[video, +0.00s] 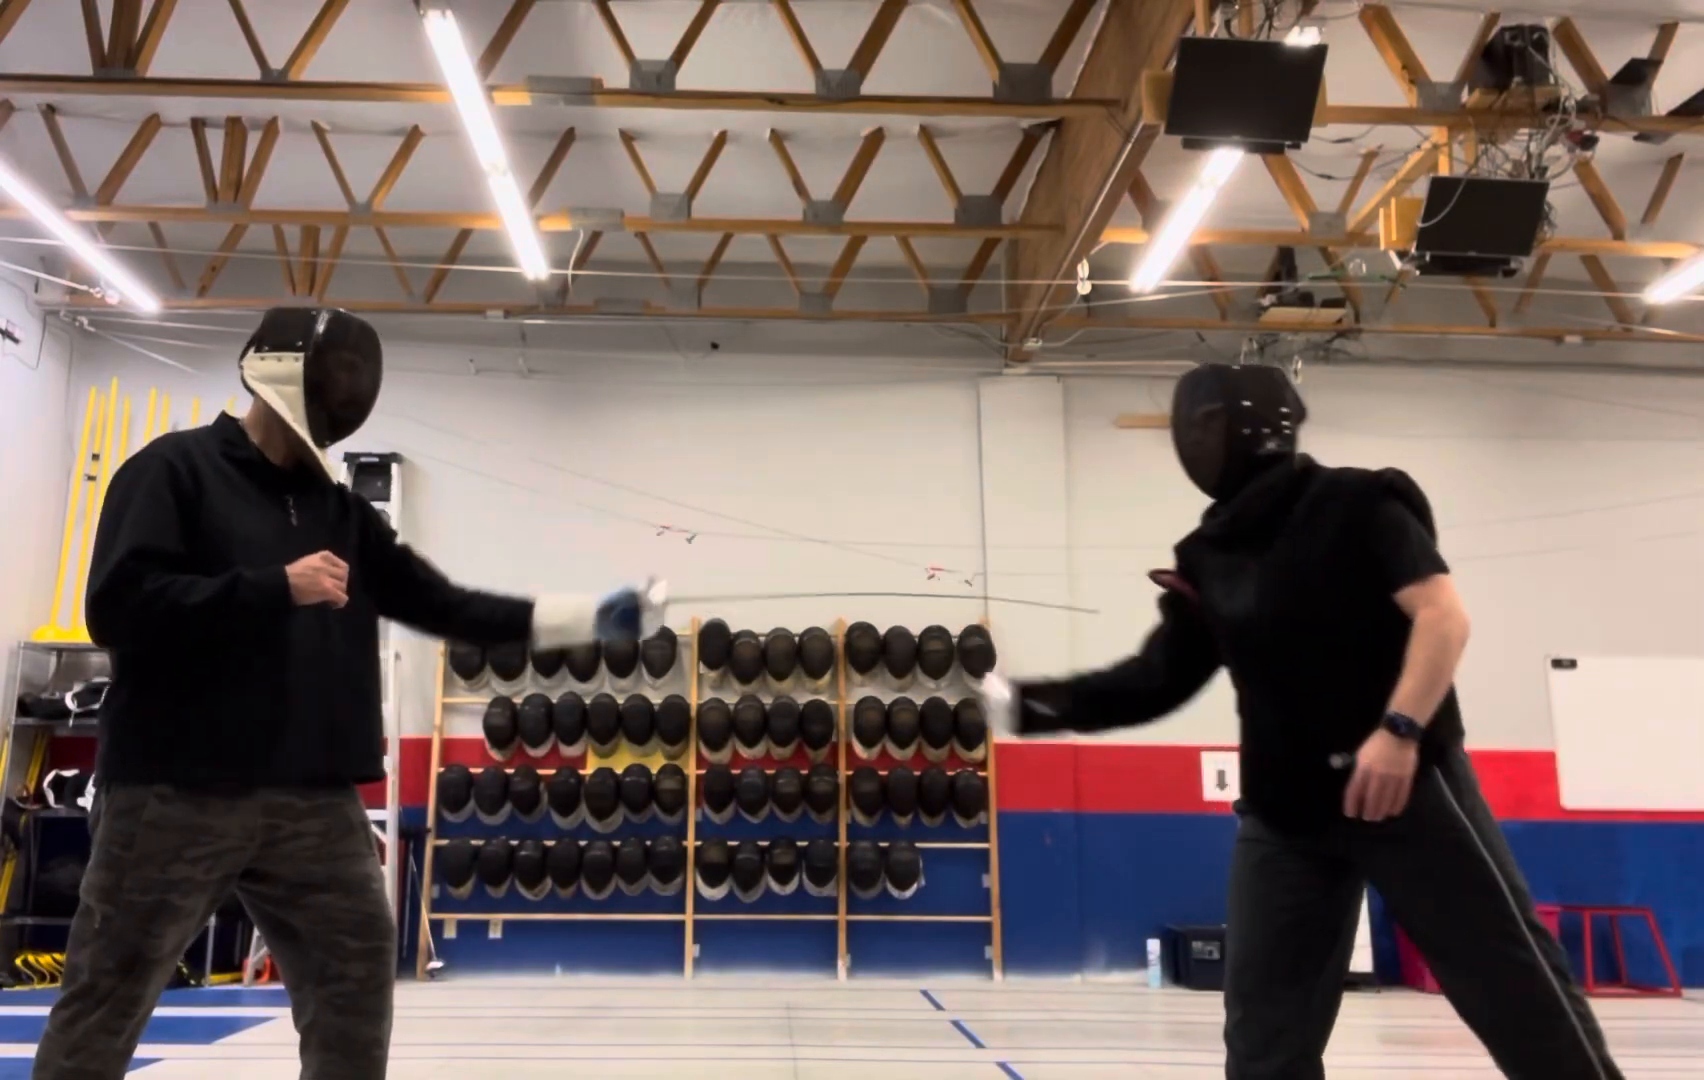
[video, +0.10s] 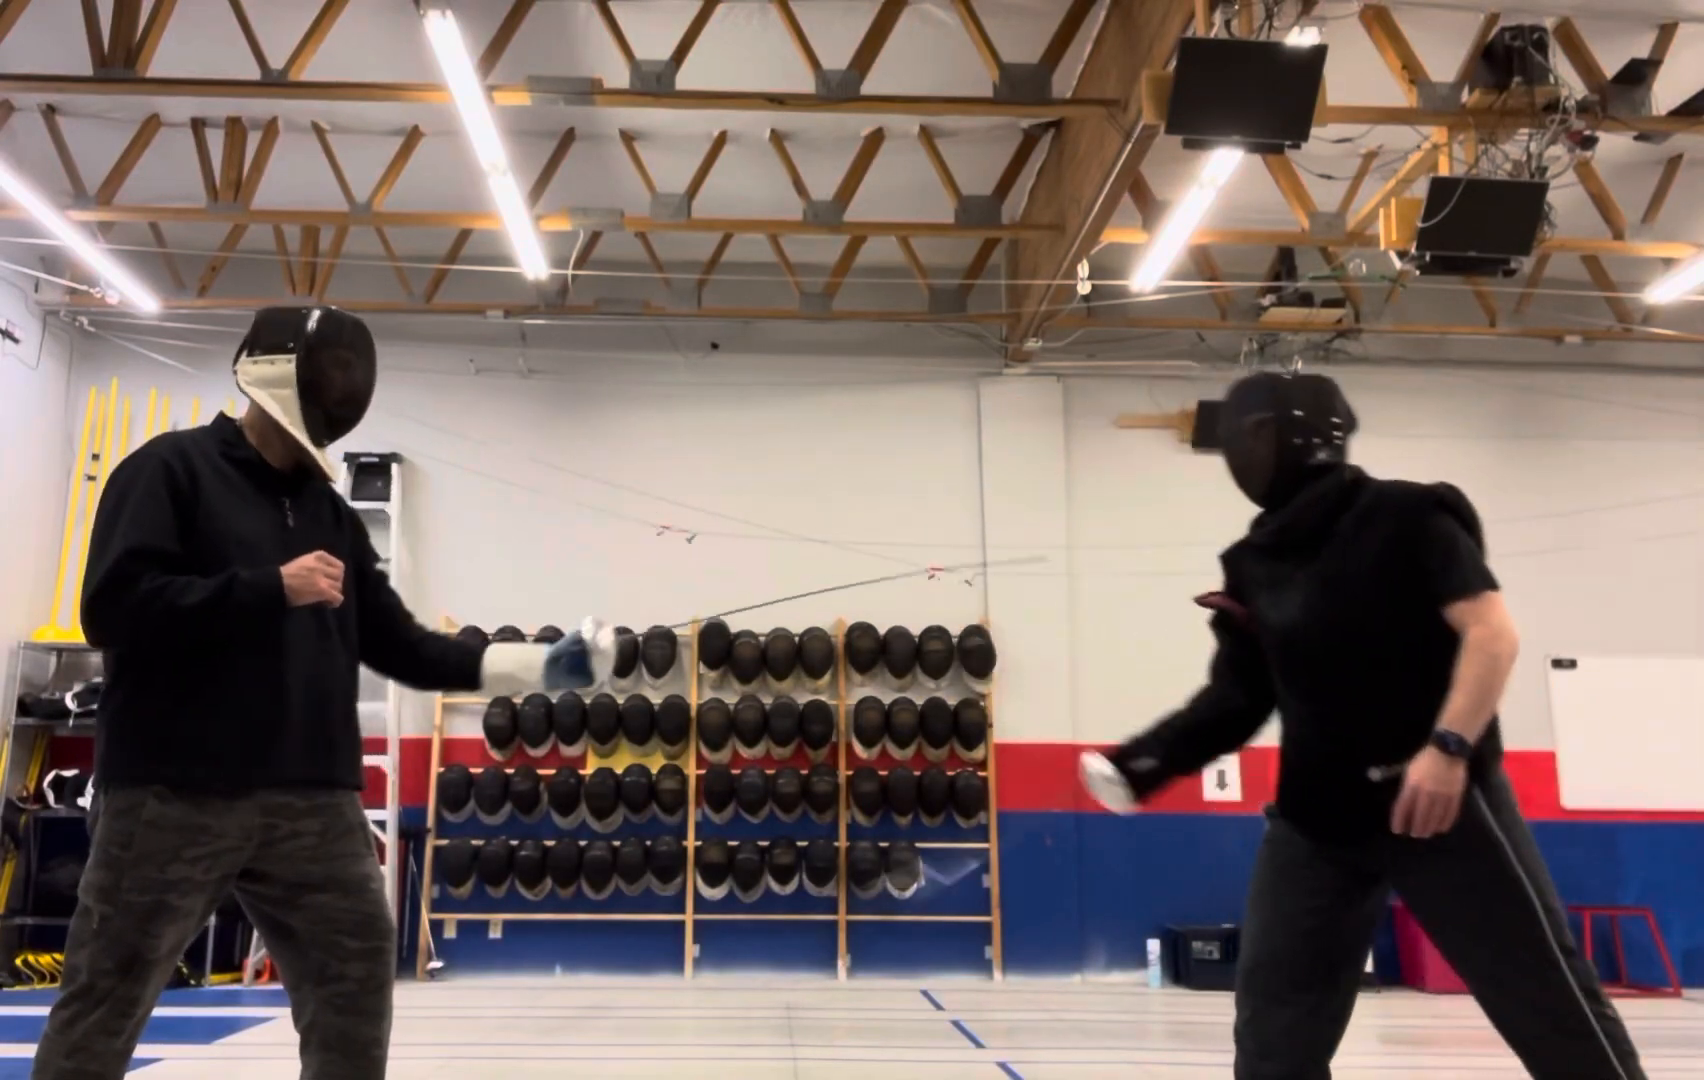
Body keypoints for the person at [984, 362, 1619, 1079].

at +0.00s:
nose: (1182, 448)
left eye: (1191, 428)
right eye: (1181, 432)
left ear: (1234, 424)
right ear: (1260, 423)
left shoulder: (1360, 504)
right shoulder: (1210, 561)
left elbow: (1443, 619)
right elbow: (1158, 677)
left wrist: (1402, 730)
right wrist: (1037, 702)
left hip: (1408, 793)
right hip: (1288, 815)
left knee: (1517, 990)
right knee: (1267, 1039)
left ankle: (1590, 1079)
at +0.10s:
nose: (1237, 459)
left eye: (1248, 438)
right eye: (1234, 442)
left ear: (1297, 437)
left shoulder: (1410, 519)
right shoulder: (1255, 565)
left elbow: (1492, 635)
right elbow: (1238, 697)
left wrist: (1449, 748)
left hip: (1442, 800)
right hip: (1320, 816)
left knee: (1549, 1002)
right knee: (1275, 1037)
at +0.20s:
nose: (1297, 470)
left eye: (1306, 450)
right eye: (1294, 453)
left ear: (1342, 450)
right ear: (1380, 448)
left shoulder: (1472, 529)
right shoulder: (1313, 576)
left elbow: (1552, 649)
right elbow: (1299, 706)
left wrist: (1505, 764)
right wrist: (1216, 783)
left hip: (1494, 816)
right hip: (1368, 828)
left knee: (1588, 1030)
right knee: (1302, 1043)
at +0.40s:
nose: (1387, 462)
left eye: (1398, 442)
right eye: (1384, 446)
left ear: (1437, 440)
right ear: (1470, 439)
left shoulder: (1569, 520)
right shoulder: (1403, 566)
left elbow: (1642, 640)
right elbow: (1374, 690)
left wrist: (1610, 768)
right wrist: (1264, 717)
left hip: (1582, 812)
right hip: (1459, 823)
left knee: (1640, 1037)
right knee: (1398, 1043)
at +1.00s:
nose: (1430, 455)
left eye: (1445, 434)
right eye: (1422, 440)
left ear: (1499, 429)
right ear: (1420, 449)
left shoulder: (1616, 513)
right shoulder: (1433, 563)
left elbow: (1692, 623)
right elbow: (1332, 627)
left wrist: (1694, 753)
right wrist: (1204, 619)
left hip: (1645, 810)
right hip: (1511, 824)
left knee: (1670, 1034)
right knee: (1497, 1013)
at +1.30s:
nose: (1363, 469)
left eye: (1373, 449)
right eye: (1359, 455)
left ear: (1421, 441)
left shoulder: (1554, 517)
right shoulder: (1377, 571)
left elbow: (1635, 631)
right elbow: (1269, 631)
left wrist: (1647, 759)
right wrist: (1143, 626)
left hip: (1583, 809)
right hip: (1453, 828)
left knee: (1647, 1039)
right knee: (1397, 1039)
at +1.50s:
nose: (1266, 471)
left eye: (1276, 450)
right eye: (1263, 455)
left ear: (1323, 442)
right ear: (1326, 451)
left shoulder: (1451, 519)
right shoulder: (1286, 577)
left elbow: (1534, 638)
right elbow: (1184, 648)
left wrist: (1557, 763)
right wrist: (1045, 633)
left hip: (1485, 819)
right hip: (1358, 834)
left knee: (1590, 1045)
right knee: (1305, 1057)